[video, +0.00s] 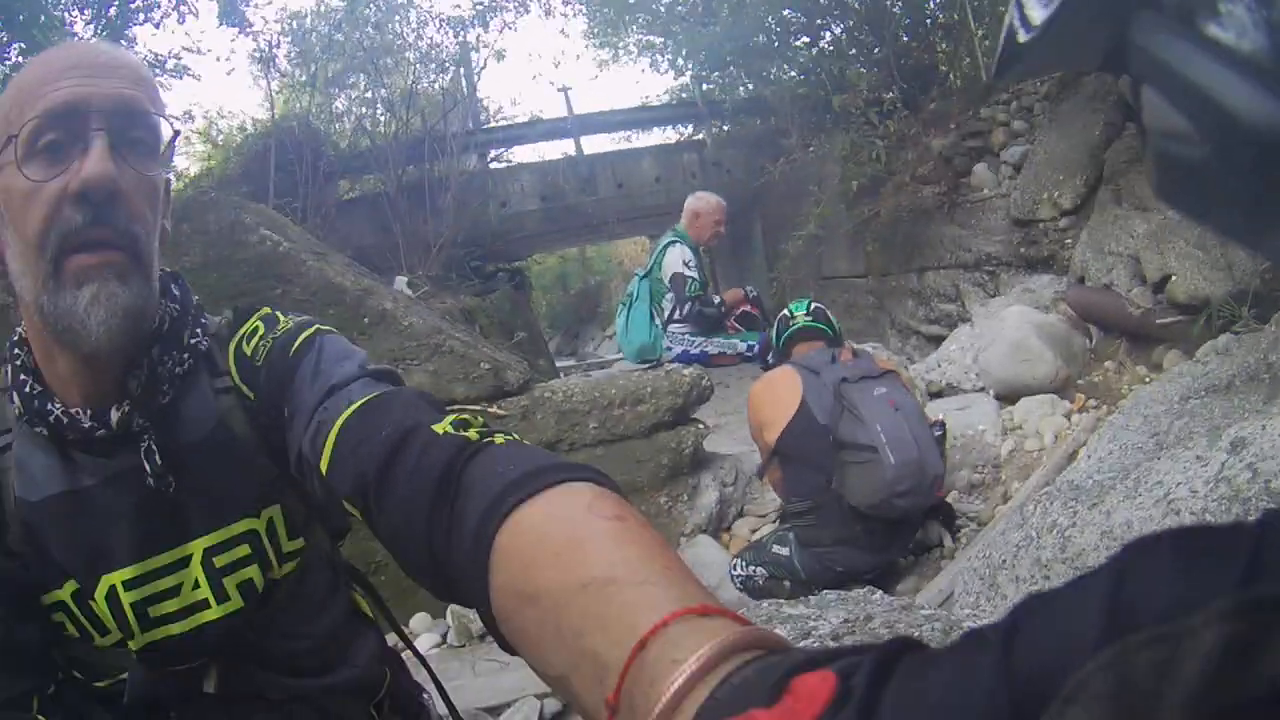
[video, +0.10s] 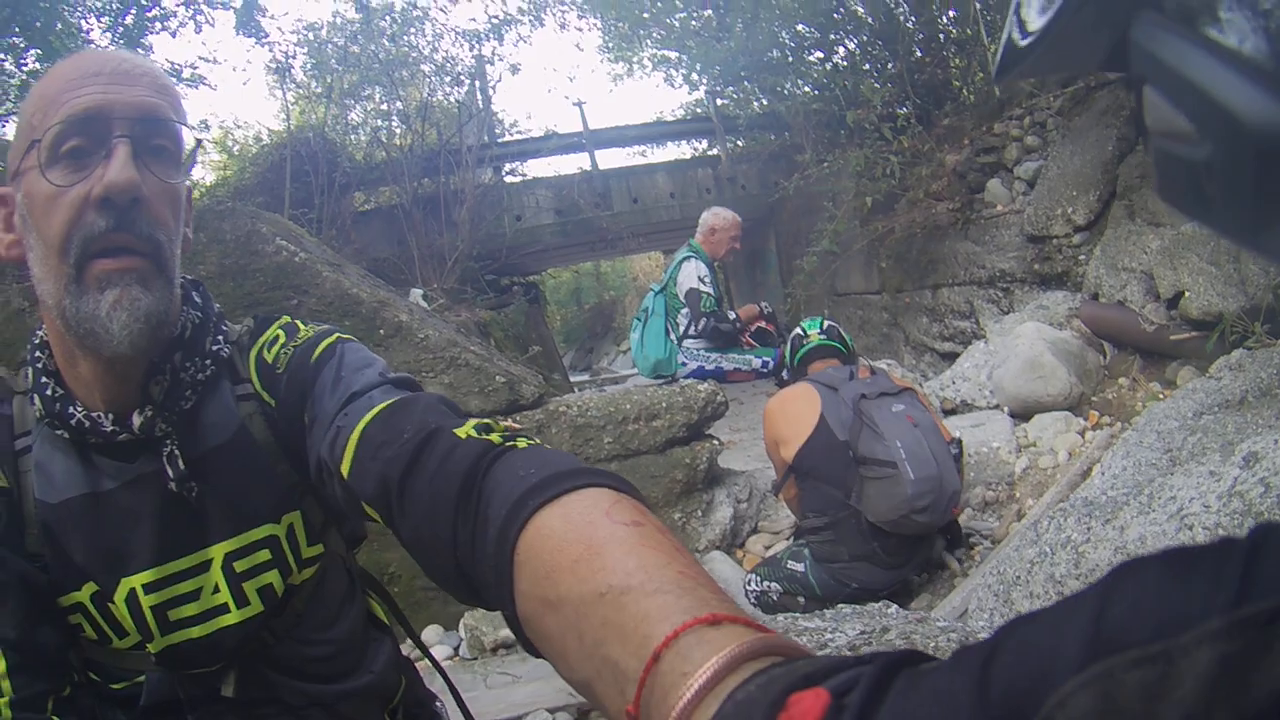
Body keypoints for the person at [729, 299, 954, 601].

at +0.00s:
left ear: (778, 347)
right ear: (837, 338)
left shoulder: (765, 390)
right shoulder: (883, 368)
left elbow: (778, 481)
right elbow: (923, 439)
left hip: (827, 552)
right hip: (899, 535)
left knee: (742, 571)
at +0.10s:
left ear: (792, 363)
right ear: (848, 352)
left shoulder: (780, 407)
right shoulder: (895, 382)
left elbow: (792, 497)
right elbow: (949, 448)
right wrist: (948, 524)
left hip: (854, 572)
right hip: (921, 552)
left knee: (756, 586)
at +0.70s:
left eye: (803, 334)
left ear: (813, 334)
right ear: (866, 327)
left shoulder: (806, 370)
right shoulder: (896, 354)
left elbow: (805, 461)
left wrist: (830, 500)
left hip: (876, 531)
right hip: (933, 512)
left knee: (766, 549)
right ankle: (907, 555)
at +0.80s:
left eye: (803, 336)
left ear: (813, 334)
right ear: (866, 327)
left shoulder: (807, 371)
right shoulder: (896, 355)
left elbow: (806, 461)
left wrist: (831, 502)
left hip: (874, 531)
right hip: (933, 514)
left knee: (766, 550)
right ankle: (909, 556)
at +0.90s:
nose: (787, 354)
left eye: (789, 347)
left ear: (798, 346)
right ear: (849, 337)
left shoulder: (795, 383)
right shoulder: (881, 363)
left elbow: (793, 472)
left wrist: (815, 511)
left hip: (865, 541)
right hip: (921, 522)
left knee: (752, 559)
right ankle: (897, 566)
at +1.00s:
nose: (766, 365)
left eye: (769, 357)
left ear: (777, 356)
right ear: (829, 347)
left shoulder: (775, 394)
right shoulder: (862, 371)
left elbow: (776, 483)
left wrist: (799, 521)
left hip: (848, 551)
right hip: (904, 532)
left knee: (735, 566)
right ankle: (878, 578)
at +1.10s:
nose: (721, 366)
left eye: (724, 357)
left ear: (732, 353)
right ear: (787, 343)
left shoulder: (731, 390)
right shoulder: (821, 366)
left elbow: (734, 477)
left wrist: (759, 516)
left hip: (807, 545)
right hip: (864, 528)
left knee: (694, 561)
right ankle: (835, 574)